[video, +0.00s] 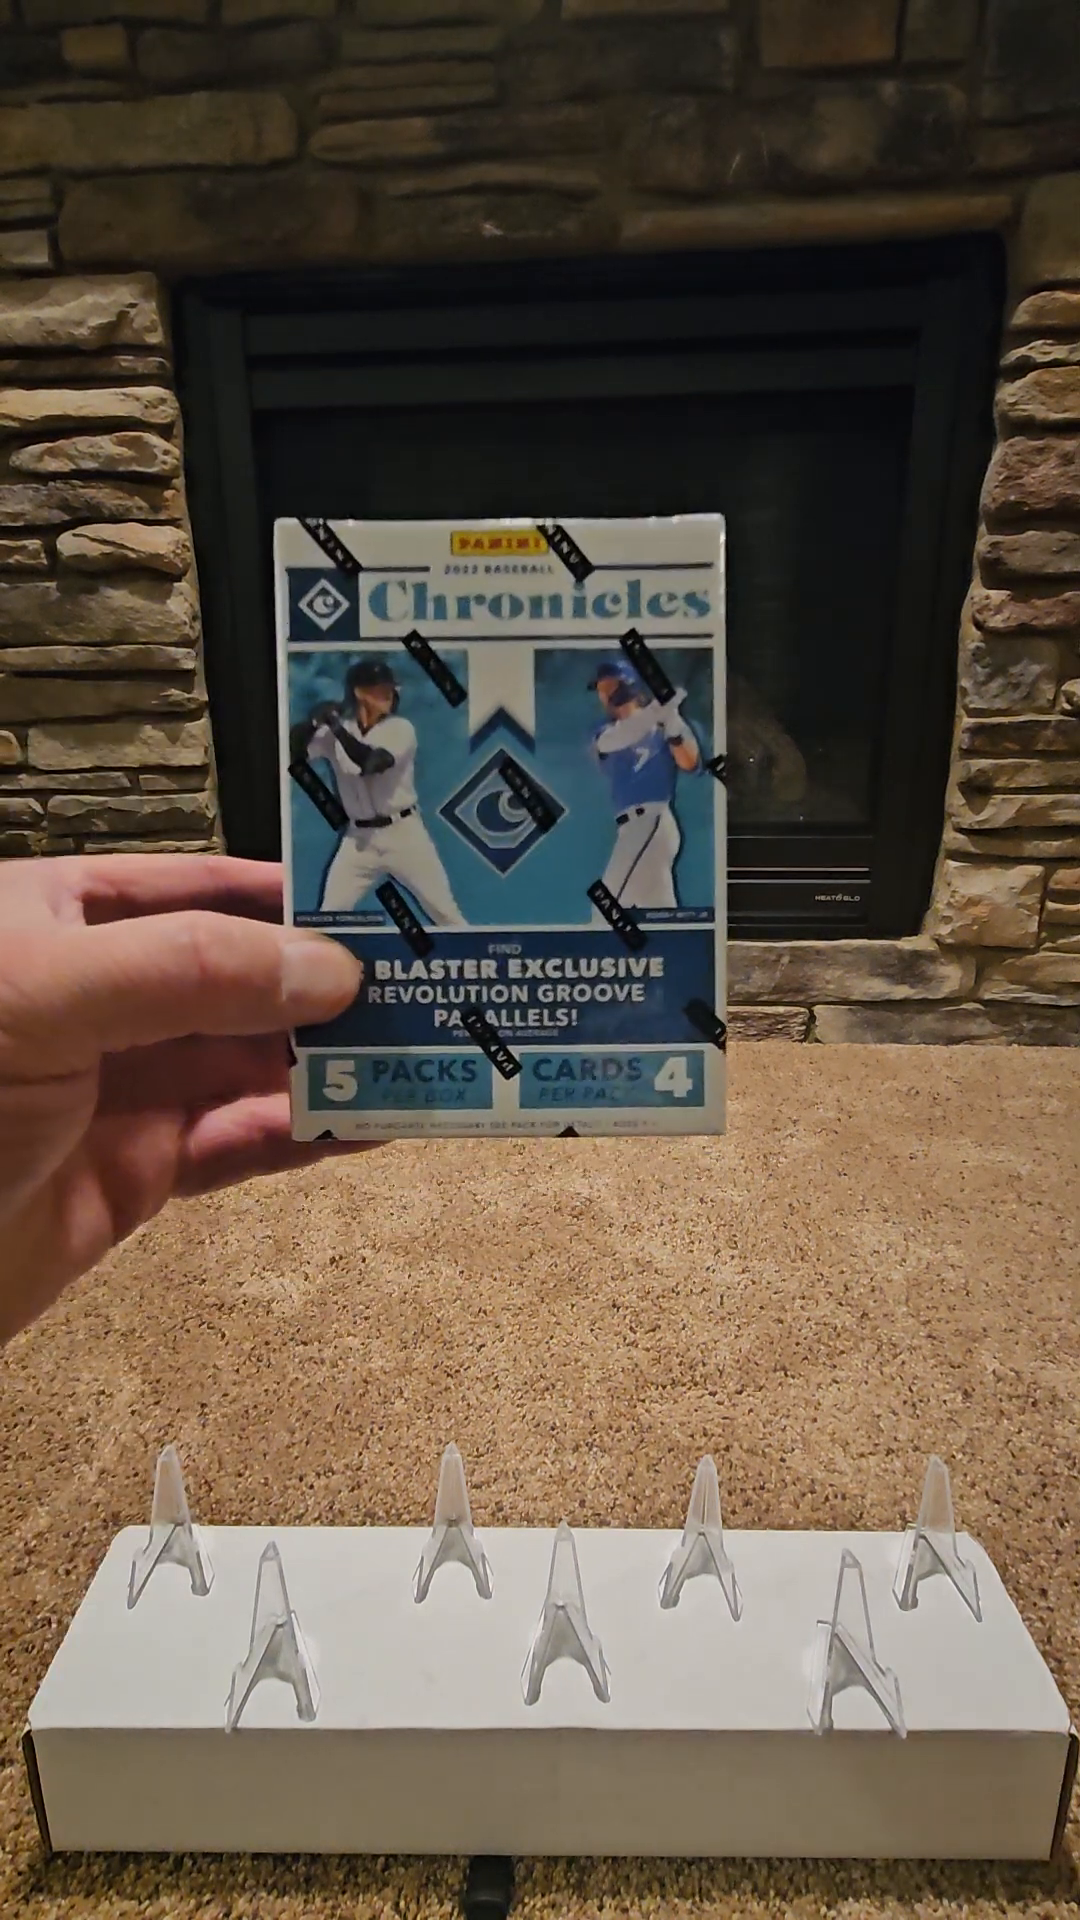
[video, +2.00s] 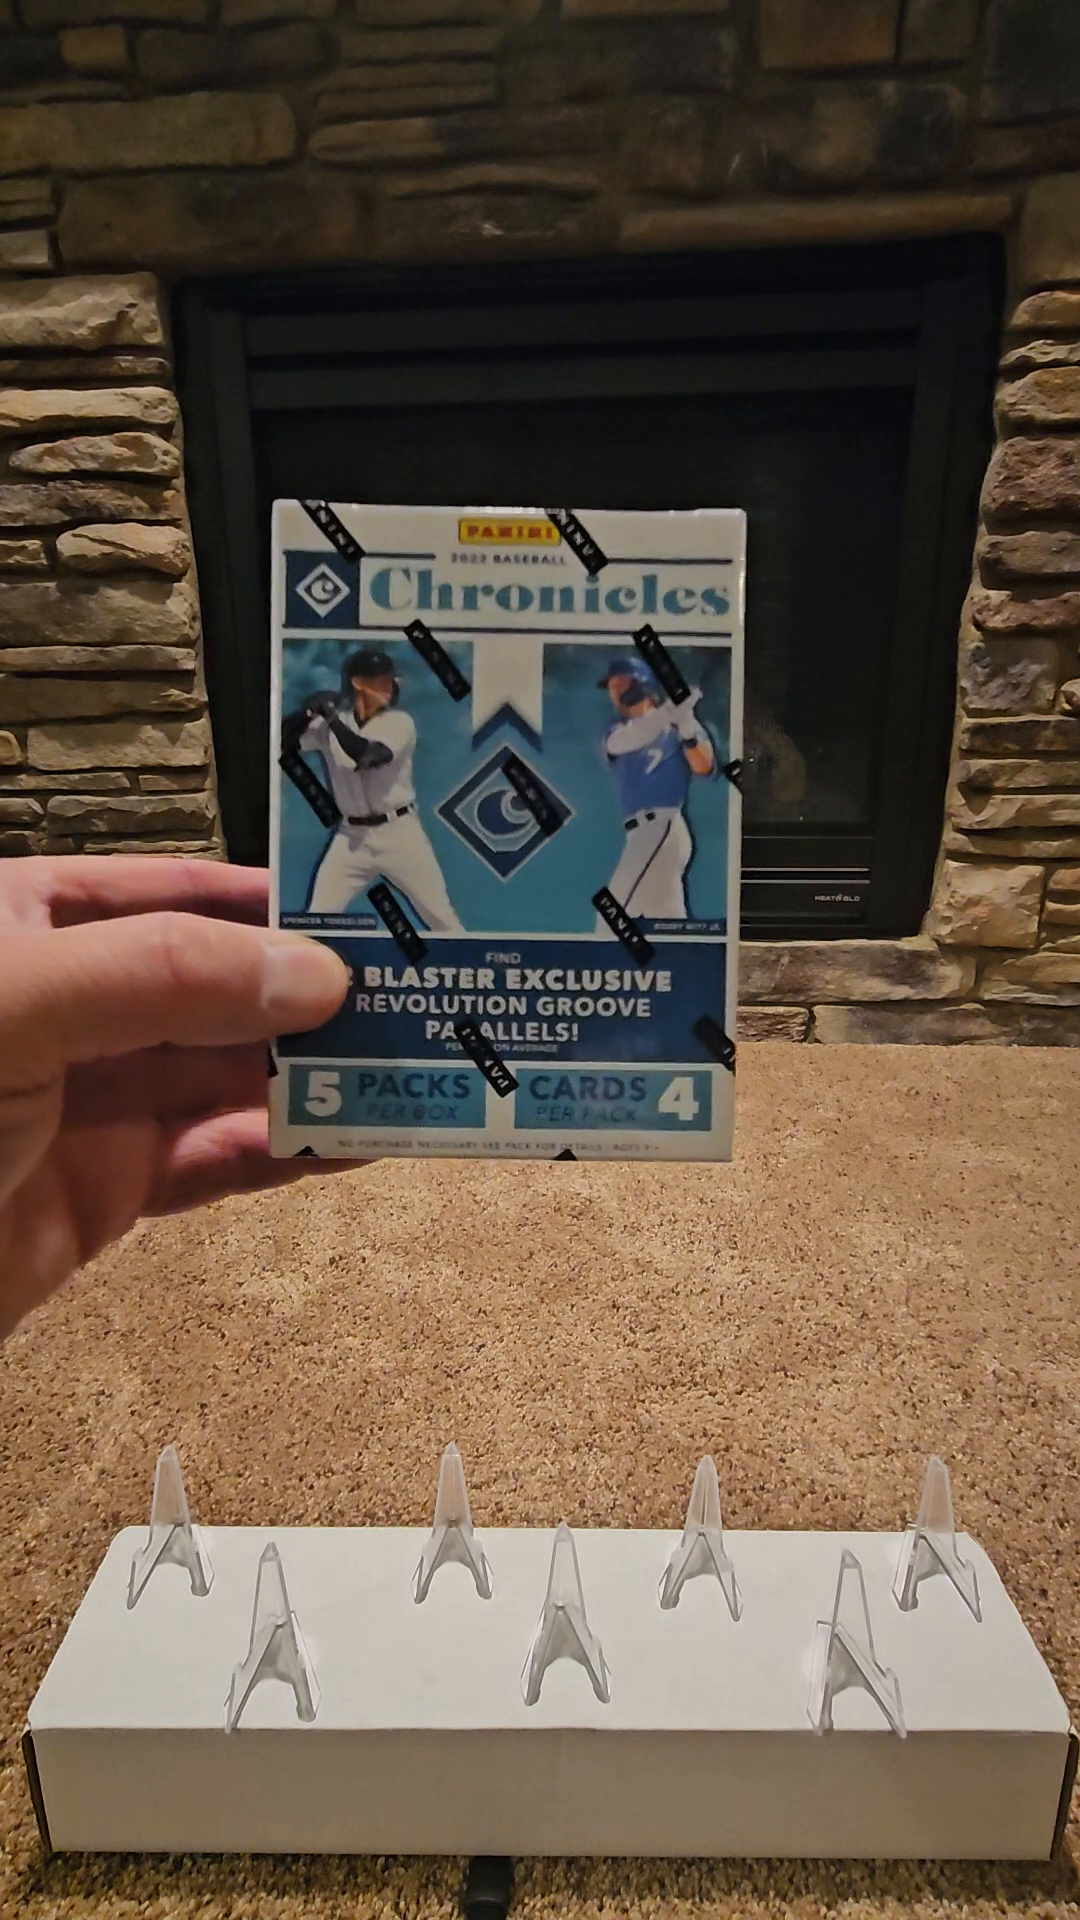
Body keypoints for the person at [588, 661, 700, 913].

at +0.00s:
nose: (602, 693)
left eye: (608, 685)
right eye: (600, 687)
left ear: (625, 685)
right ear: (599, 694)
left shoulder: (663, 721)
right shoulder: (605, 732)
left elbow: (690, 764)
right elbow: (620, 738)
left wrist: (673, 724)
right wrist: (654, 712)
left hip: (652, 823)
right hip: (632, 827)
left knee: (608, 906)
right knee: (660, 915)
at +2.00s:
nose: (614, 693)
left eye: (621, 684)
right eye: (611, 687)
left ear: (641, 685)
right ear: (609, 692)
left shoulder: (679, 723)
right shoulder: (616, 732)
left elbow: (704, 768)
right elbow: (628, 740)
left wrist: (686, 725)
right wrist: (669, 711)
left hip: (663, 830)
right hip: (641, 833)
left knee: (612, 915)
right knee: (670, 927)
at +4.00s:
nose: (607, 693)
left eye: (613, 684)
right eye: (603, 686)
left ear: (633, 686)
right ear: (600, 690)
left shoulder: (673, 721)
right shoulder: (607, 730)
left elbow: (696, 766)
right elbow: (614, 742)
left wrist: (677, 722)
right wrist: (658, 712)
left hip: (655, 829)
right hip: (633, 832)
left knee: (607, 916)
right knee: (665, 925)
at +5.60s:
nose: (619, 660)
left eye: (627, 649)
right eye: (615, 652)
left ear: (649, 650)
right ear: (610, 657)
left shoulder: (689, 690)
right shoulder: (616, 700)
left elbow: (715, 740)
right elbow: (628, 712)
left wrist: (698, 693)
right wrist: (674, 681)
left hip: (671, 809)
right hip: (645, 813)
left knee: (616, 907)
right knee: (678, 918)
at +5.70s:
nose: (605, 631)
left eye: (613, 620)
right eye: (601, 623)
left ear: (636, 621)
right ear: (598, 630)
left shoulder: (678, 664)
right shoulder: (606, 676)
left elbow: (705, 716)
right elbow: (625, 682)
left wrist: (686, 667)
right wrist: (666, 651)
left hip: (659, 785)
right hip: (632, 789)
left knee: (602, 881)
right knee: (663, 894)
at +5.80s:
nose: (600, 614)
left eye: (608, 603)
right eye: (595, 605)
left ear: (629, 602)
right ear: (589, 610)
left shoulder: (670, 643)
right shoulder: (595, 655)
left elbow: (698, 696)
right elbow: (624, 658)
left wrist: (679, 648)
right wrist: (660, 627)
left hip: (652, 768)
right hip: (625, 771)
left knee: (594, 868)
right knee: (659, 880)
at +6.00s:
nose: (605, 566)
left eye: (612, 555)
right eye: (601, 559)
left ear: (638, 557)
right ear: (598, 565)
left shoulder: (685, 603)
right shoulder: (607, 614)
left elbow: (716, 656)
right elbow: (629, 622)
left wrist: (694, 605)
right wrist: (671, 589)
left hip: (667, 733)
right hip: (639, 737)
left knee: (607, 839)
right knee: (676, 851)